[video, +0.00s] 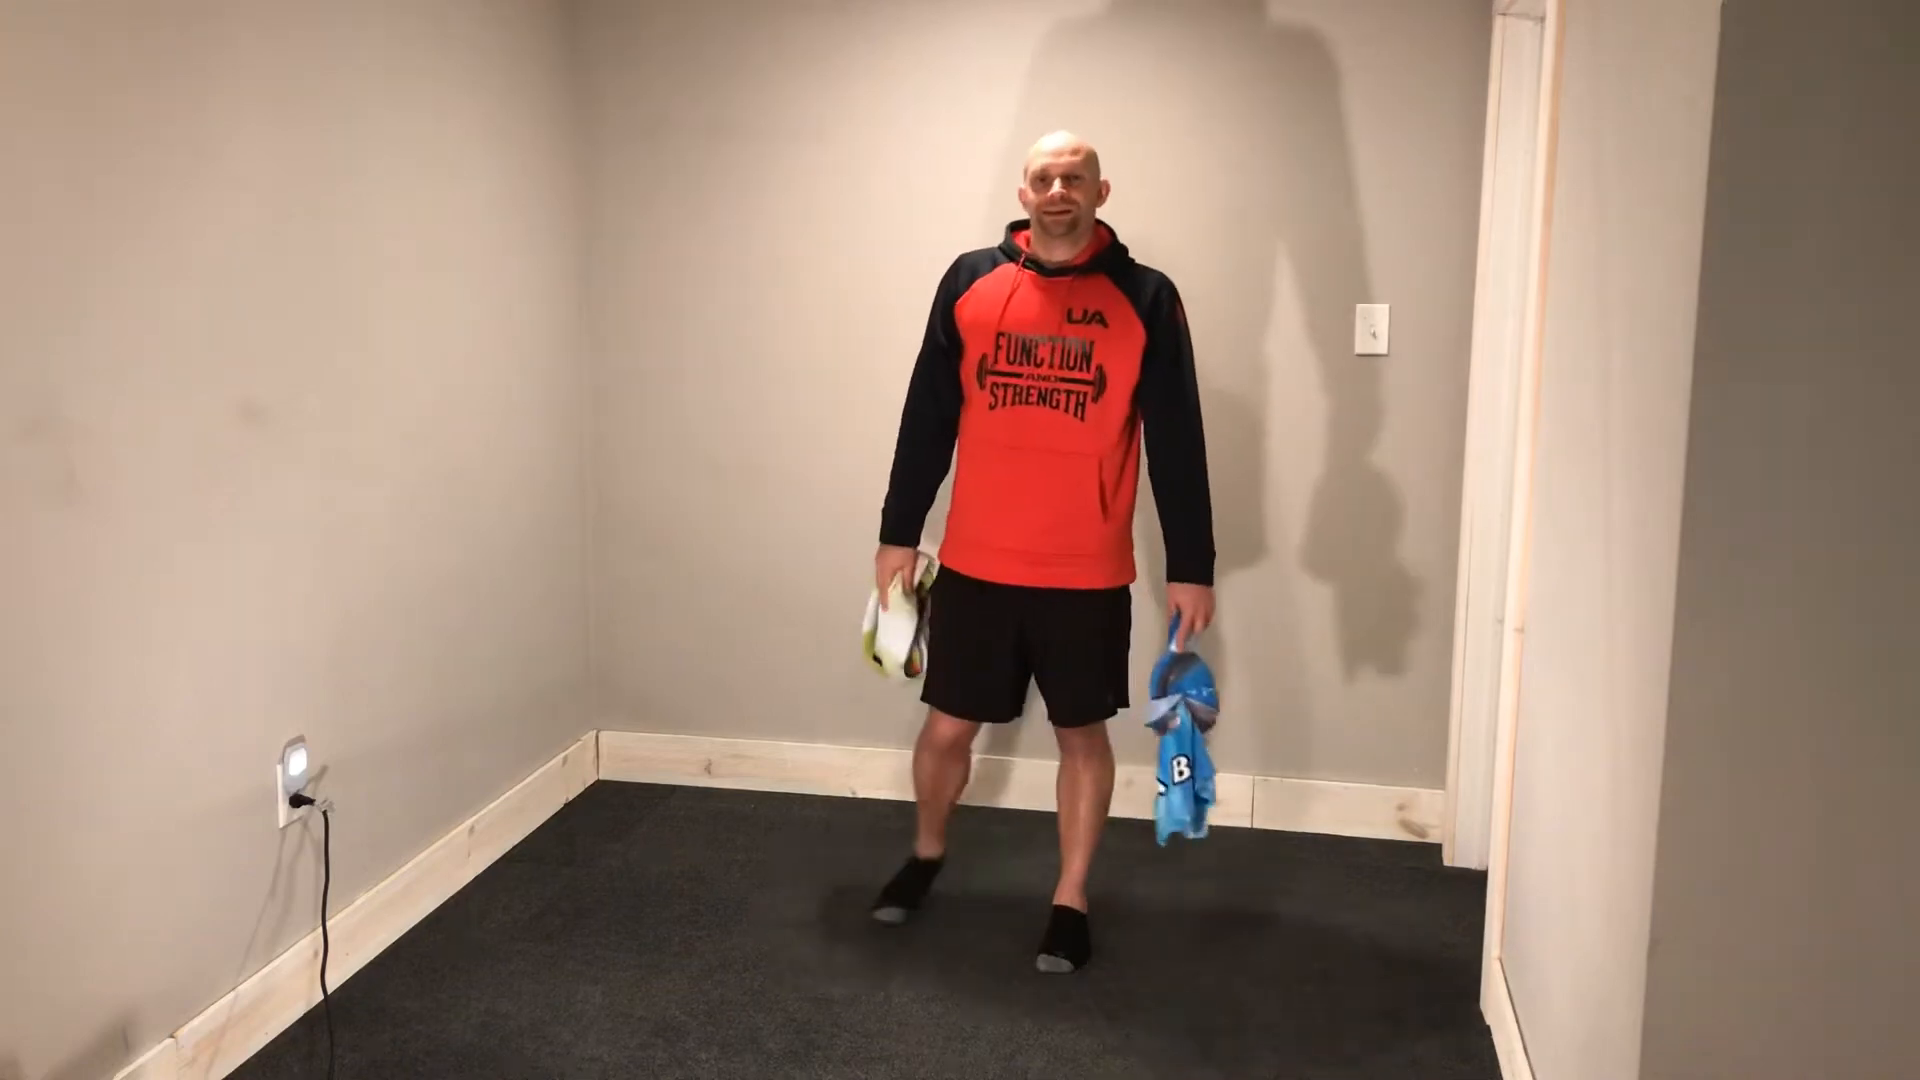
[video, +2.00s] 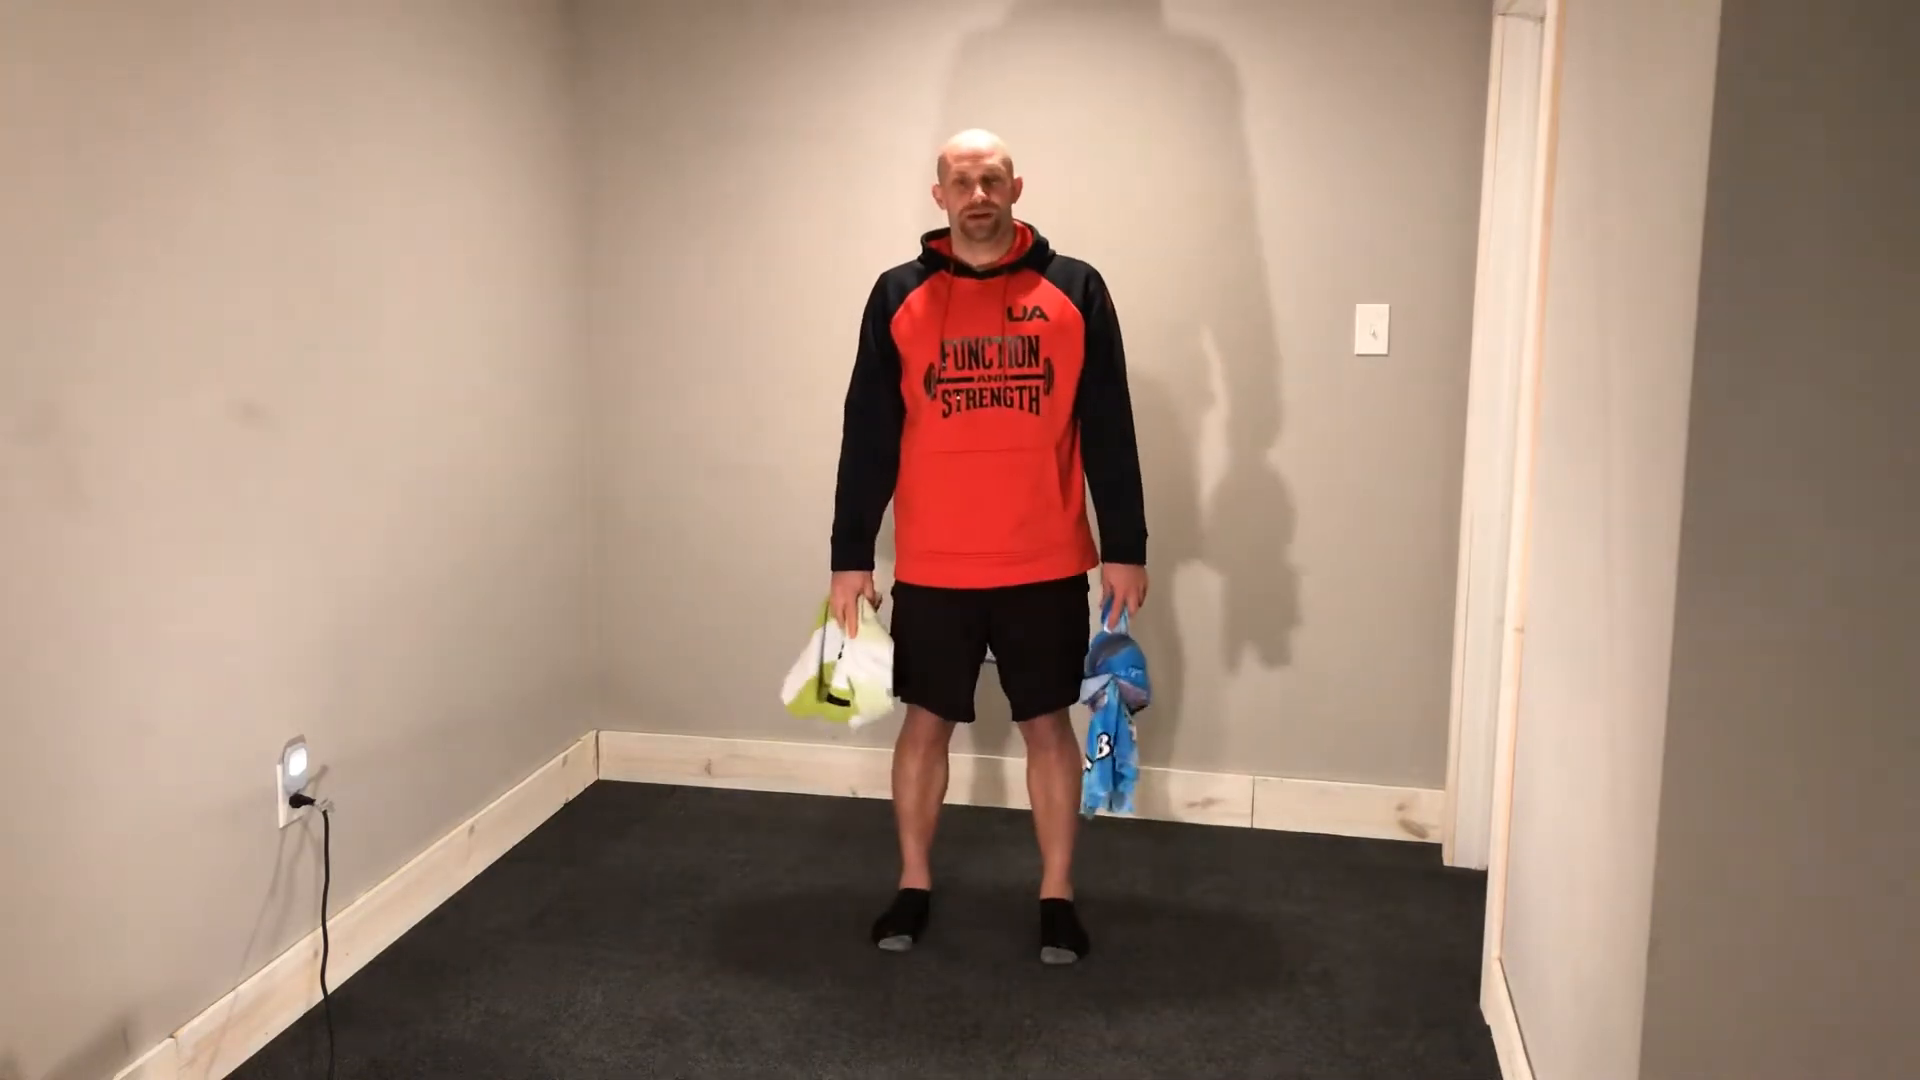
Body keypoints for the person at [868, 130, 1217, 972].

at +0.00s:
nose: (1059, 190)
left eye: (1076, 178)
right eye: (1045, 177)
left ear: (1103, 195)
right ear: (1021, 194)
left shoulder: (1146, 299)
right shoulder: (970, 282)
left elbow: (1178, 439)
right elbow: (929, 414)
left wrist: (1191, 566)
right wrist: (899, 533)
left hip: (1085, 570)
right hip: (978, 560)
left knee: (1081, 733)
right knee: (946, 727)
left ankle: (1070, 904)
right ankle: (924, 858)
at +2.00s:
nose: (978, 194)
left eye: (990, 179)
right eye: (961, 182)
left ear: (1016, 189)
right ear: (939, 196)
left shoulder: (1075, 291)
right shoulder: (899, 296)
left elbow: (1108, 425)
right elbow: (868, 433)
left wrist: (1125, 547)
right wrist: (851, 556)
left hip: (1042, 561)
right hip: (934, 564)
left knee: (1048, 727)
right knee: (924, 725)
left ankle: (1058, 898)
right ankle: (912, 889)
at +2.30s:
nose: (978, 192)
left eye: (991, 177)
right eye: (961, 180)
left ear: (1016, 190)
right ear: (938, 198)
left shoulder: (1075, 293)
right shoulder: (900, 299)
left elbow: (1107, 427)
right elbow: (870, 437)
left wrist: (1125, 547)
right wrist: (853, 561)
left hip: (1043, 564)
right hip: (934, 566)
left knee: (1046, 728)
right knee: (924, 724)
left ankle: (1058, 898)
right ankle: (912, 889)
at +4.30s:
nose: (987, 198)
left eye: (1001, 182)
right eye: (971, 183)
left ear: (1023, 189)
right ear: (946, 191)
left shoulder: (1077, 294)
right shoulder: (904, 297)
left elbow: (1108, 428)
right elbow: (873, 434)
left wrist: (1125, 545)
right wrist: (858, 557)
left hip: (1043, 563)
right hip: (936, 564)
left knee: (1048, 725)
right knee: (926, 724)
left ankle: (1058, 898)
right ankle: (911, 889)